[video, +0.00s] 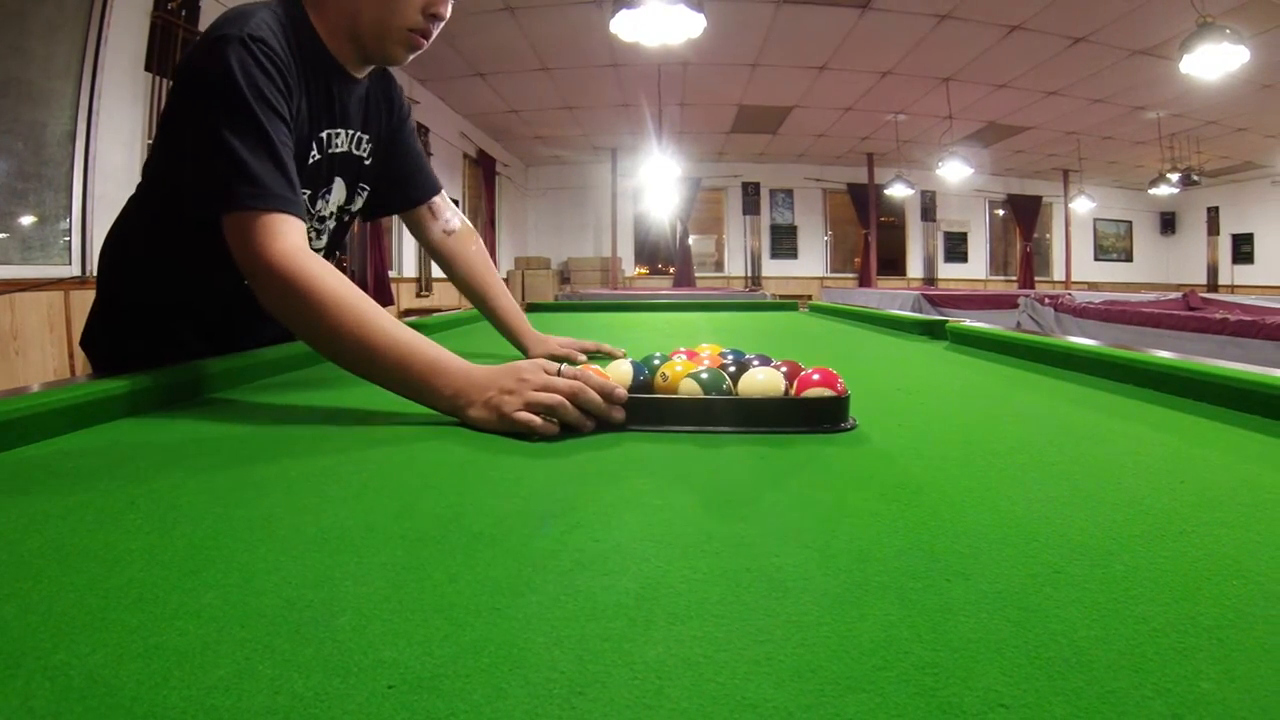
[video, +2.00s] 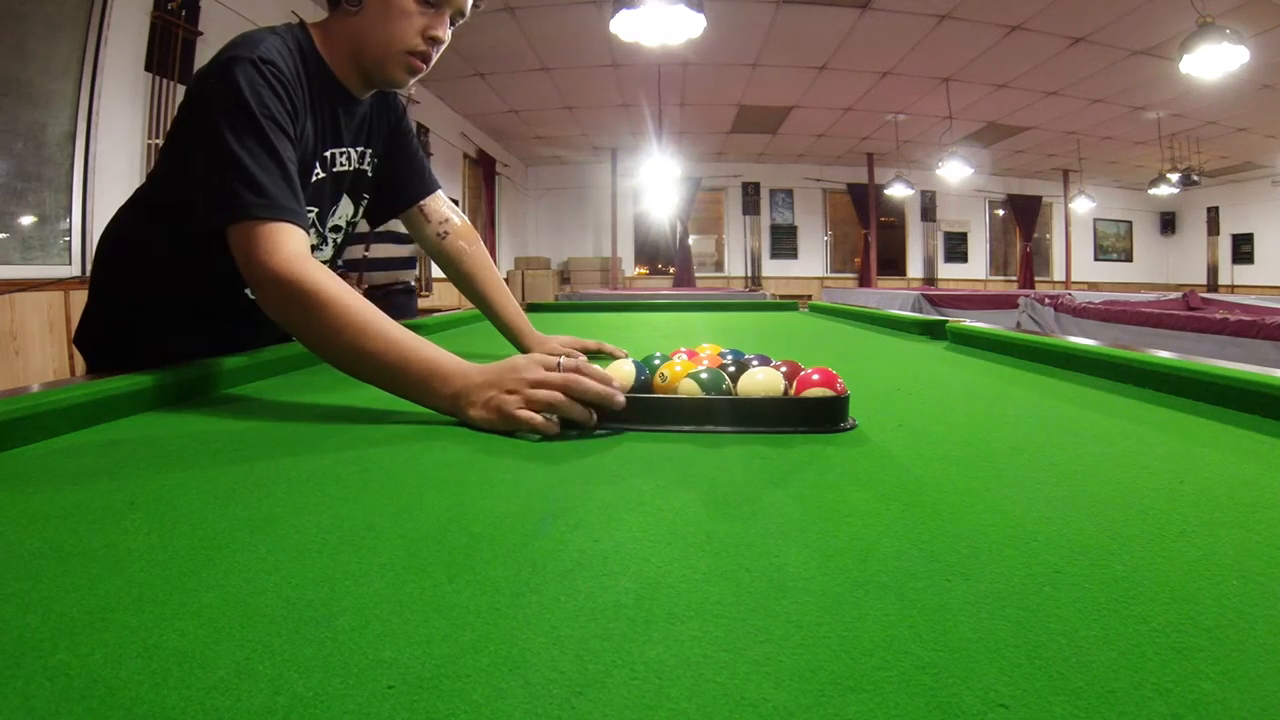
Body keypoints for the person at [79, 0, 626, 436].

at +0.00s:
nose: (441, 14)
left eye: (450, 1)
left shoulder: (378, 87)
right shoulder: (247, 50)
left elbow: (442, 222)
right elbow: (273, 258)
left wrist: (527, 335)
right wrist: (467, 384)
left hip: (271, 348)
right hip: (158, 353)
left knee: (255, 540)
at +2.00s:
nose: (441, 36)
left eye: (452, 21)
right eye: (428, 7)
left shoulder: (382, 107)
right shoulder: (255, 72)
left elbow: (442, 227)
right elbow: (279, 271)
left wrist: (529, 340)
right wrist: (464, 385)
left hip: (262, 335)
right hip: (152, 341)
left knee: (241, 525)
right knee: (138, 534)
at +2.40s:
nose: (450, 35)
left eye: (458, 21)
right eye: (438, 6)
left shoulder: (386, 110)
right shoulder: (259, 81)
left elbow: (447, 225)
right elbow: (283, 266)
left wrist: (517, 329)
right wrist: (496, 347)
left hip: (258, 333)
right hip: (150, 334)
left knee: (243, 513)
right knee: (141, 522)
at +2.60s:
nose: (454, 41)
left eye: (463, 26)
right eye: (442, 12)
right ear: (366, 0)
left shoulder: (389, 109)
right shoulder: (273, 75)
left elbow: (446, 228)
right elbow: (330, 235)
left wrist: (523, 329)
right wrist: (579, 302)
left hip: (261, 334)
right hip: (151, 337)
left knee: (253, 518)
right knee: (144, 526)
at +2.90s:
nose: (457, 48)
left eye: (467, 33)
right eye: (446, 17)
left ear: (449, 41)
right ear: (376, 1)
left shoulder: (387, 112)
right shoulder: (280, 76)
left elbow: (449, 227)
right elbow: (312, 232)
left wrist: (523, 330)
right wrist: (569, 301)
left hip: (255, 337)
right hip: (149, 338)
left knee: (238, 524)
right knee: (133, 534)